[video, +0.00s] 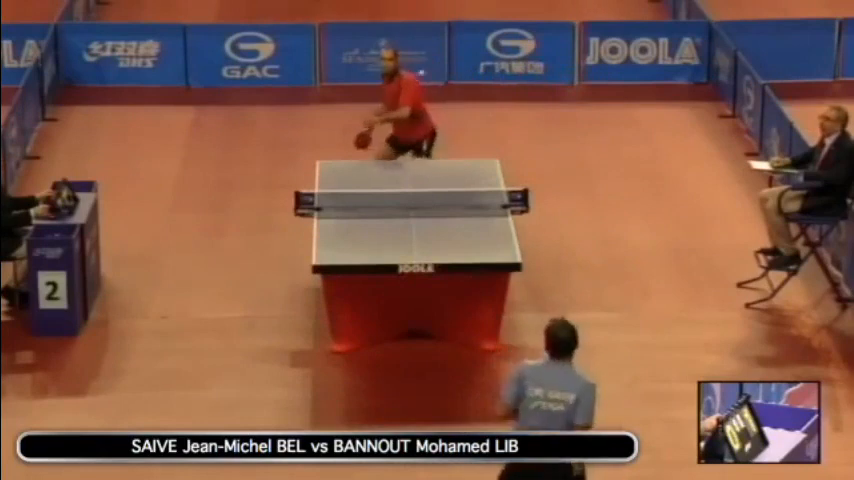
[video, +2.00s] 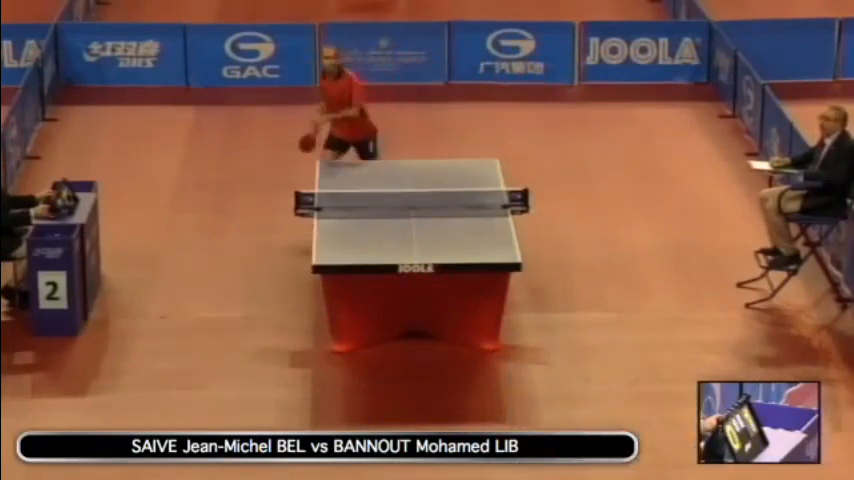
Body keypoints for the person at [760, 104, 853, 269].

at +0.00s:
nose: (821, 122)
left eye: (827, 119)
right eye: (822, 118)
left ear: (839, 125)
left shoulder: (846, 147)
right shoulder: (826, 140)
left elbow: (837, 177)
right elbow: (808, 158)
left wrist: (804, 175)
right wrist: (787, 163)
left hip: (829, 199)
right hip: (815, 191)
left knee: (774, 205)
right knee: (765, 196)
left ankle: (790, 254)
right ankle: (780, 247)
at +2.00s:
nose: (821, 123)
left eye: (827, 119)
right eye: (821, 118)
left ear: (839, 125)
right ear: (820, 119)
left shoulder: (846, 147)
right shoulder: (827, 140)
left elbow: (837, 177)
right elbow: (809, 157)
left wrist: (804, 175)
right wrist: (787, 163)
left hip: (829, 199)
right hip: (815, 191)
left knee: (773, 205)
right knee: (765, 197)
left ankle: (790, 254)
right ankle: (780, 247)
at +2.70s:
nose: (819, 124)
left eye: (824, 120)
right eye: (820, 119)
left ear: (837, 124)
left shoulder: (846, 147)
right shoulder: (826, 141)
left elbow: (836, 178)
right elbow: (808, 158)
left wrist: (803, 175)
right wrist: (787, 162)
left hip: (829, 199)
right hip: (815, 191)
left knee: (773, 205)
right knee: (765, 197)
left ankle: (790, 254)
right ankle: (780, 247)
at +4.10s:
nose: (821, 125)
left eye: (826, 122)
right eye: (822, 120)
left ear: (838, 128)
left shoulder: (845, 148)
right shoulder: (825, 142)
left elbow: (833, 178)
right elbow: (804, 160)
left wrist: (802, 176)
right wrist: (788, 164)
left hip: (829, 199)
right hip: (814, 191)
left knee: (774, 206)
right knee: (765, 197)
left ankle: (790, 254)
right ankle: (780, 247)